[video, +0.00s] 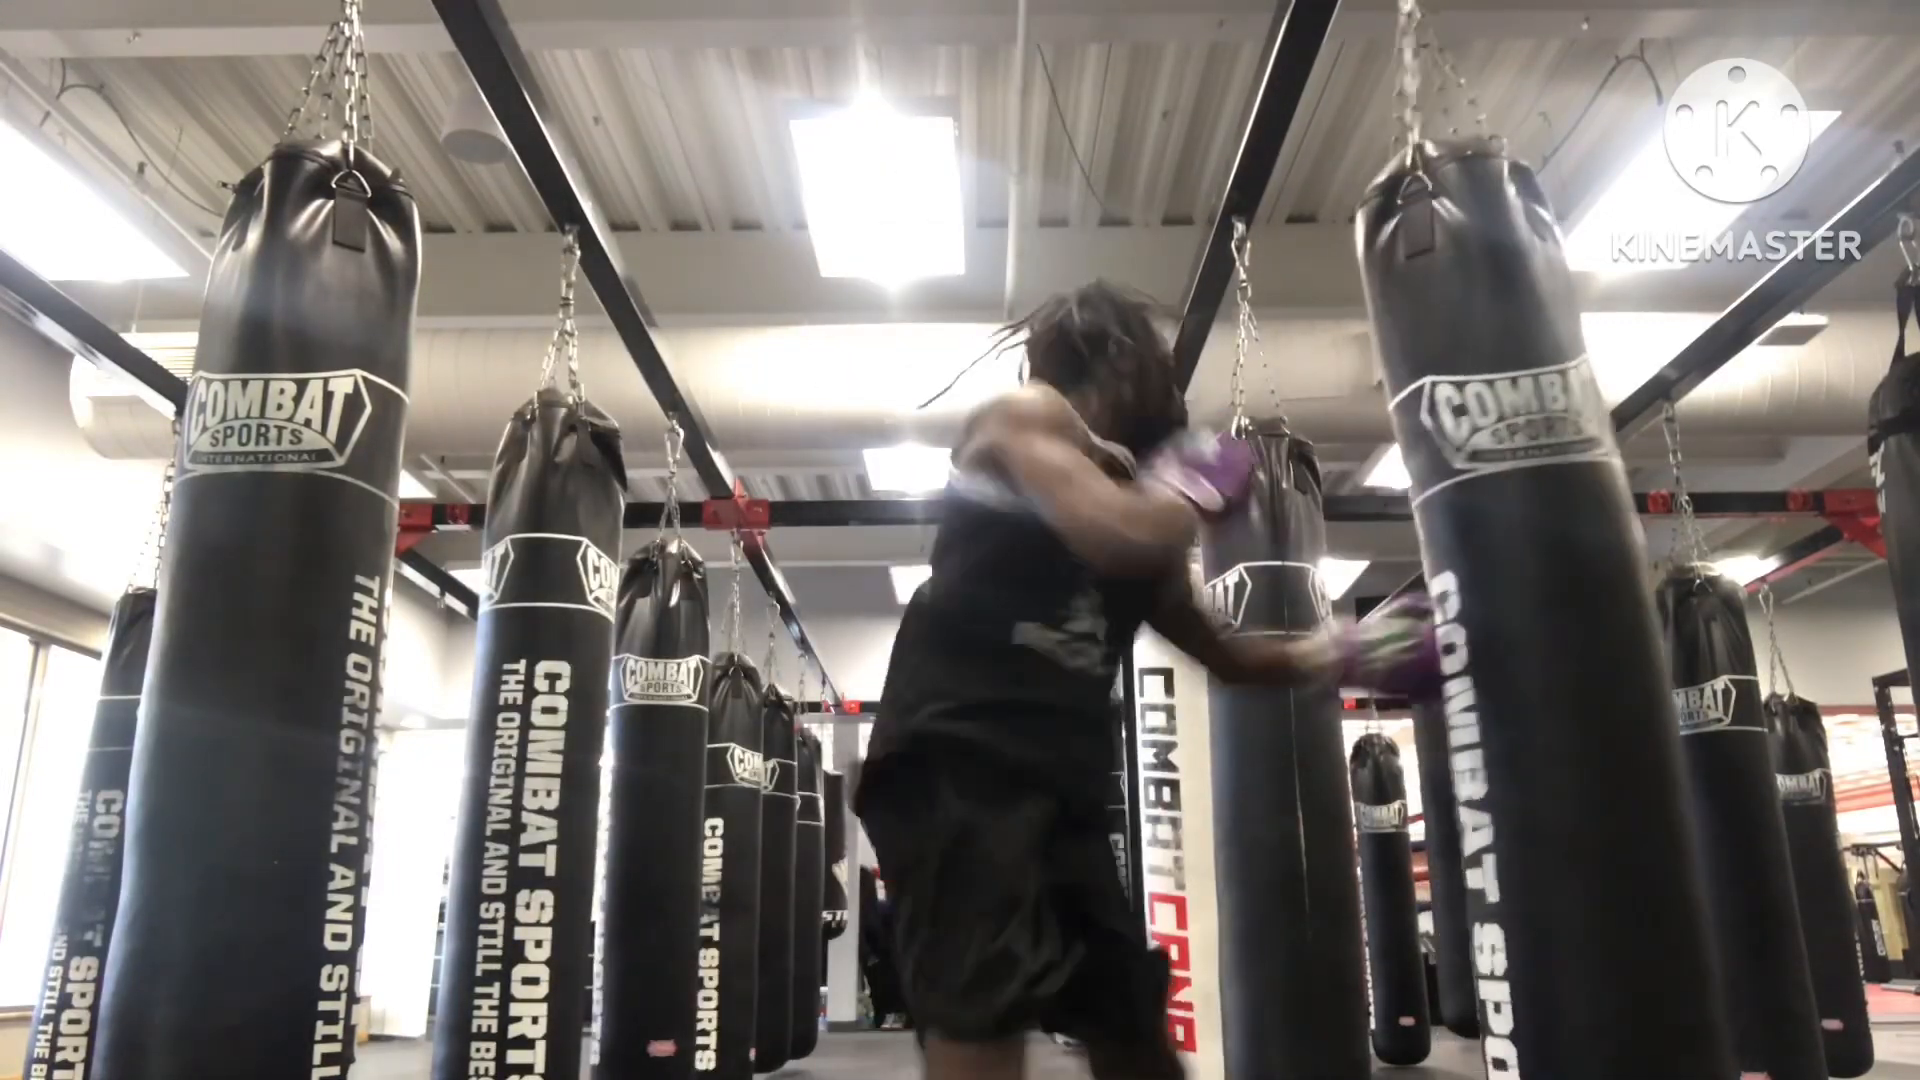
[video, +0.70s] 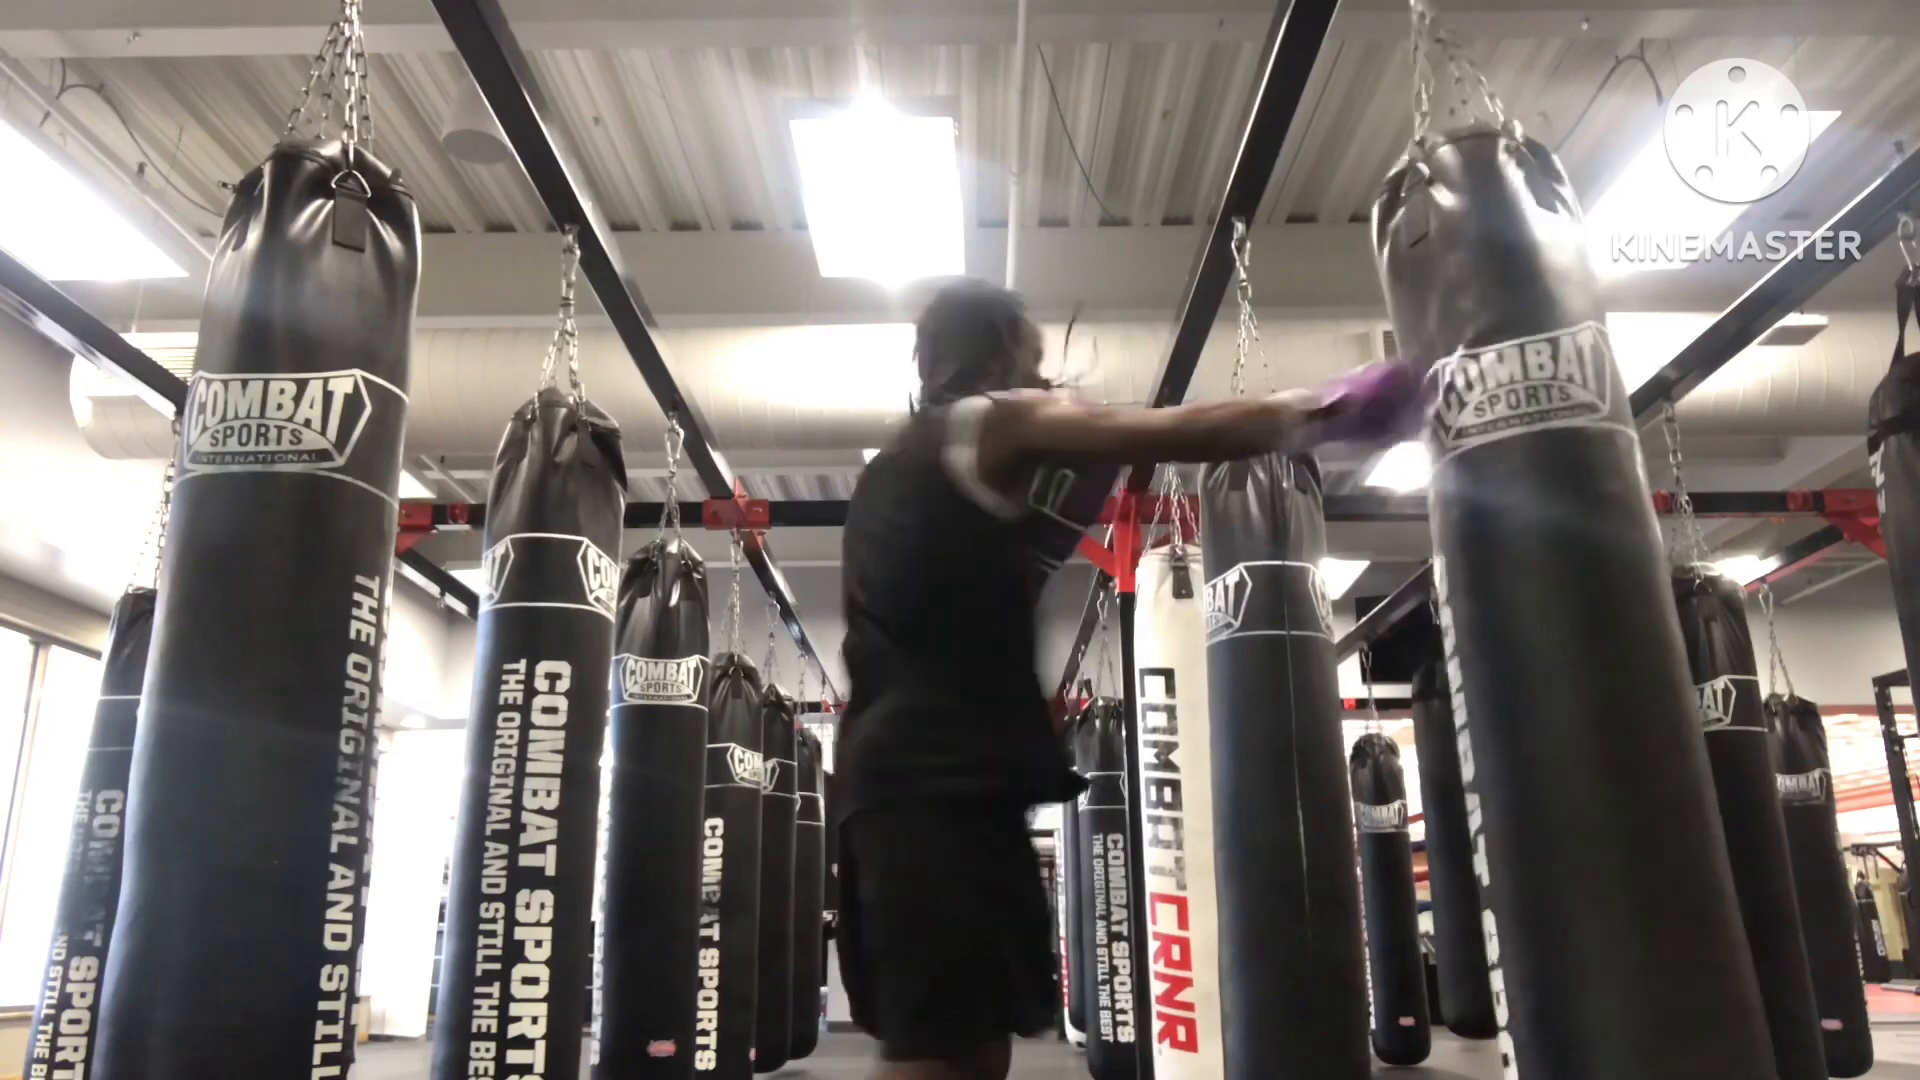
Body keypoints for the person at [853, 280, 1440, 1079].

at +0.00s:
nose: (1176, 386)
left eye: (1174, 366)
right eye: (1164, 362)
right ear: (1118, 358)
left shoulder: (1133, 490)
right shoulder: (1020, 413)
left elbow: (1223, 652)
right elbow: (1122, 533)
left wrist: (1348, 650)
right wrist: (1190, 485)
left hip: (1057, 787)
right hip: (953, 770)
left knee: (1133, 1039)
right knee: (977, 1042)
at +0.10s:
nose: (1172, 377)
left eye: (1169, 358)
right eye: (1158, 355)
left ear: (1082, 361)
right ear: (1110, 358)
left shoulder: (1082, 476)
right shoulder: (1047, 427)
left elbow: (1072, 669)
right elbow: (1123, 573)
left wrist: (1217, 665)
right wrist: (1211, 533)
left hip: (1068, 807)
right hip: (990, 797)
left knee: (1163, 1054)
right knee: (948, 1051)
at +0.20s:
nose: (1158, 364)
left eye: (1155, 342)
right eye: (1145, 340)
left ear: (1059, 342)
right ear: (1093, 340)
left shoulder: (1079, 459)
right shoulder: (1022, 419)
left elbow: (1085, 589)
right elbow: (1056, 575)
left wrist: (1177, 548)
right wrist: (1189, 555)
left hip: (1057, 779)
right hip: (967, 779)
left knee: (1156, 1049)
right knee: (957, 1052)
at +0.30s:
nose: (1142, 348)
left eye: (1135, 325)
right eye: (1124, 325)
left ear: (1048, 340)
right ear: (1068, 336)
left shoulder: (1088, 454)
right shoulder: (973, 421)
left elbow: (1187, 509)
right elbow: (975, 589)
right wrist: (1097, 538)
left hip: (1044, 763)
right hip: (932, 767)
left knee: (1122, 1051)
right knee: (874, 1053)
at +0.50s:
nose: (1094, 359)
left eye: (1088, 338)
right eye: (1079, 338)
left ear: (1007, 343)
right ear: (1030, 338)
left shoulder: (1028, 444)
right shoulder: (991, 426)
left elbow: (1099, 548)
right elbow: (1095, 510)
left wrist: (1222, 468)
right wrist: (1222, 442)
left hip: (997, 812)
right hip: (952, 811)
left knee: (993, 1043)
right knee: (945, 1046)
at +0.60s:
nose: (1073, 371)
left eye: (1071, 353)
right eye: (1061, 352)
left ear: (970, 357)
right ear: (1017, 352)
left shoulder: (912, 470)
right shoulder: (1052, 420)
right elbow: (1234, 414)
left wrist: (1113, 484)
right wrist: (1380, 388)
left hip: (894, 785)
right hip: (980, 791)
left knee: (937, 1045)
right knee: (966, 1051)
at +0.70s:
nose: (1045, 378)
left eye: (1041, 363)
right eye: (1034, 361)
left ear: (935, 364)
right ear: (1001, 358)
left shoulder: (890, 471)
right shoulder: (993, 421)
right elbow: (1170, 430)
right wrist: (1321, 408)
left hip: (887, 800)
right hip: (949, 799)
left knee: (933, 1054)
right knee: (955, 1054)